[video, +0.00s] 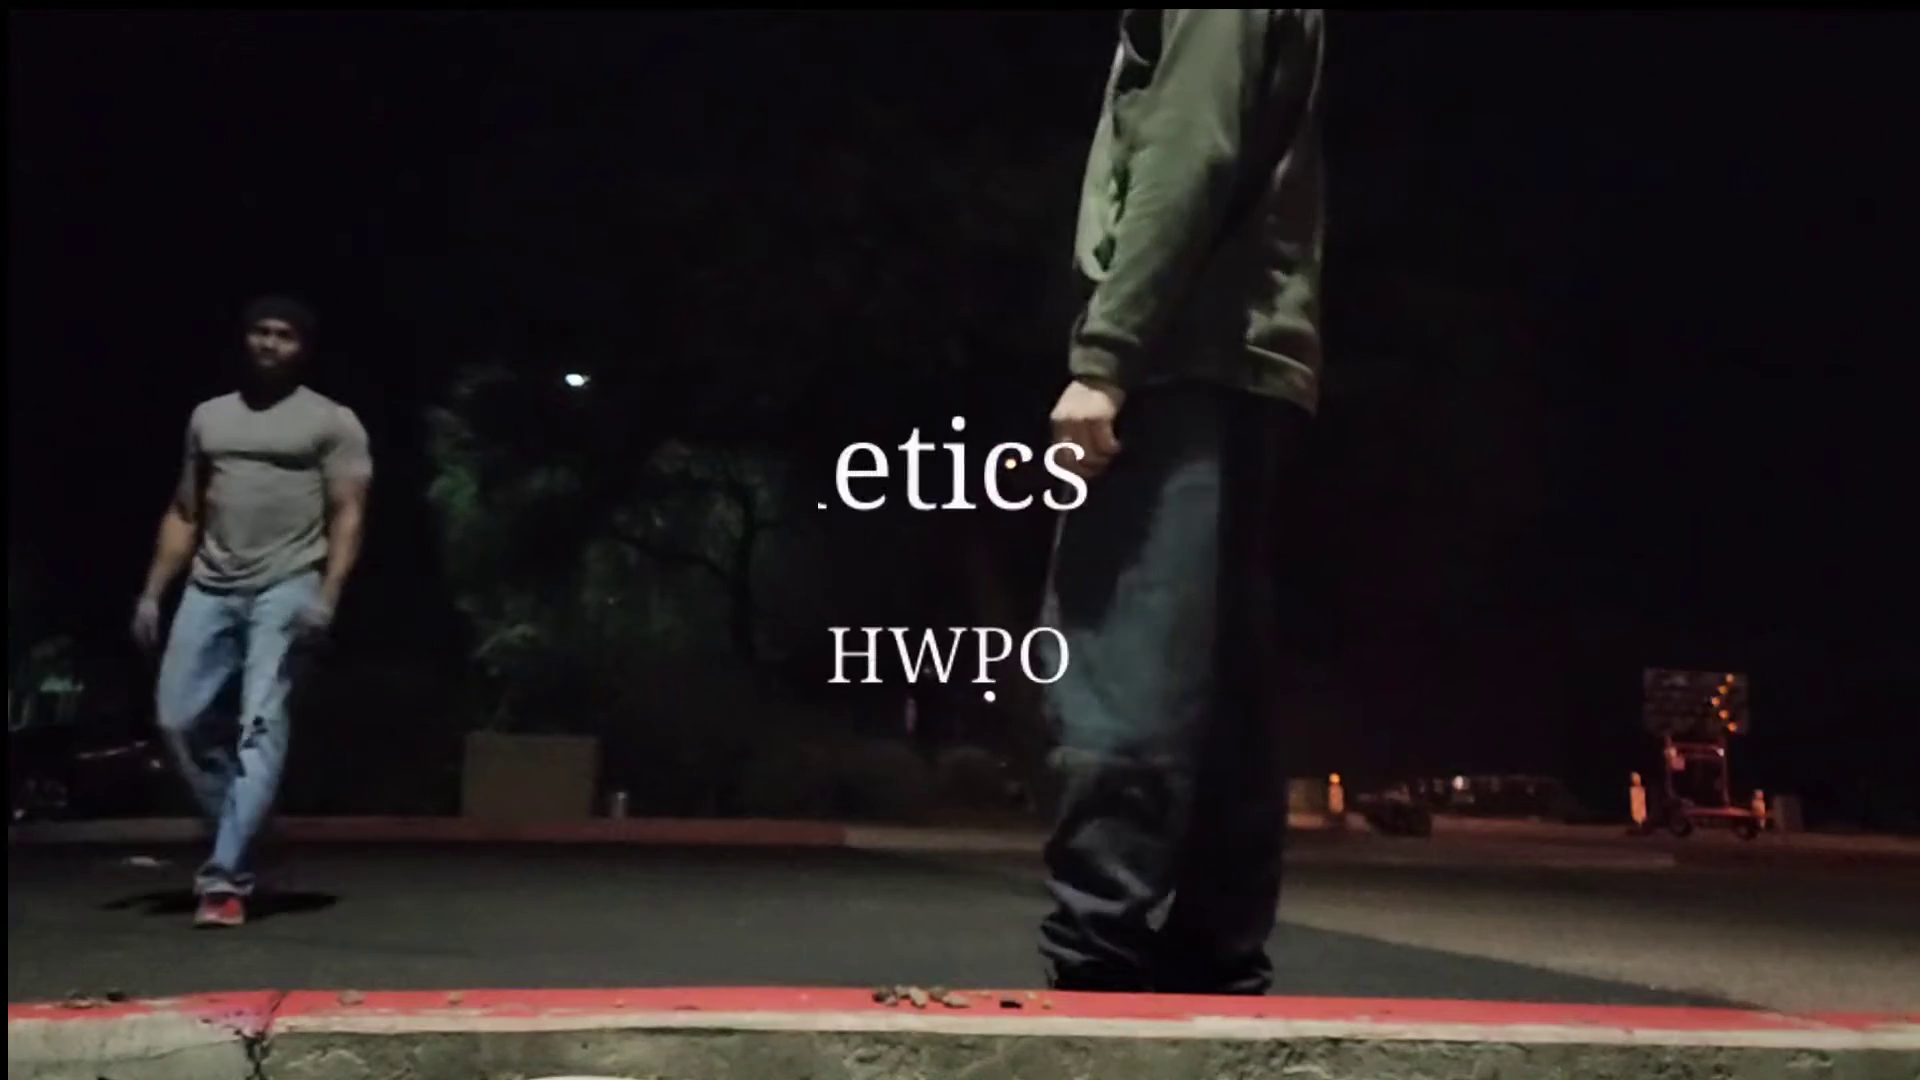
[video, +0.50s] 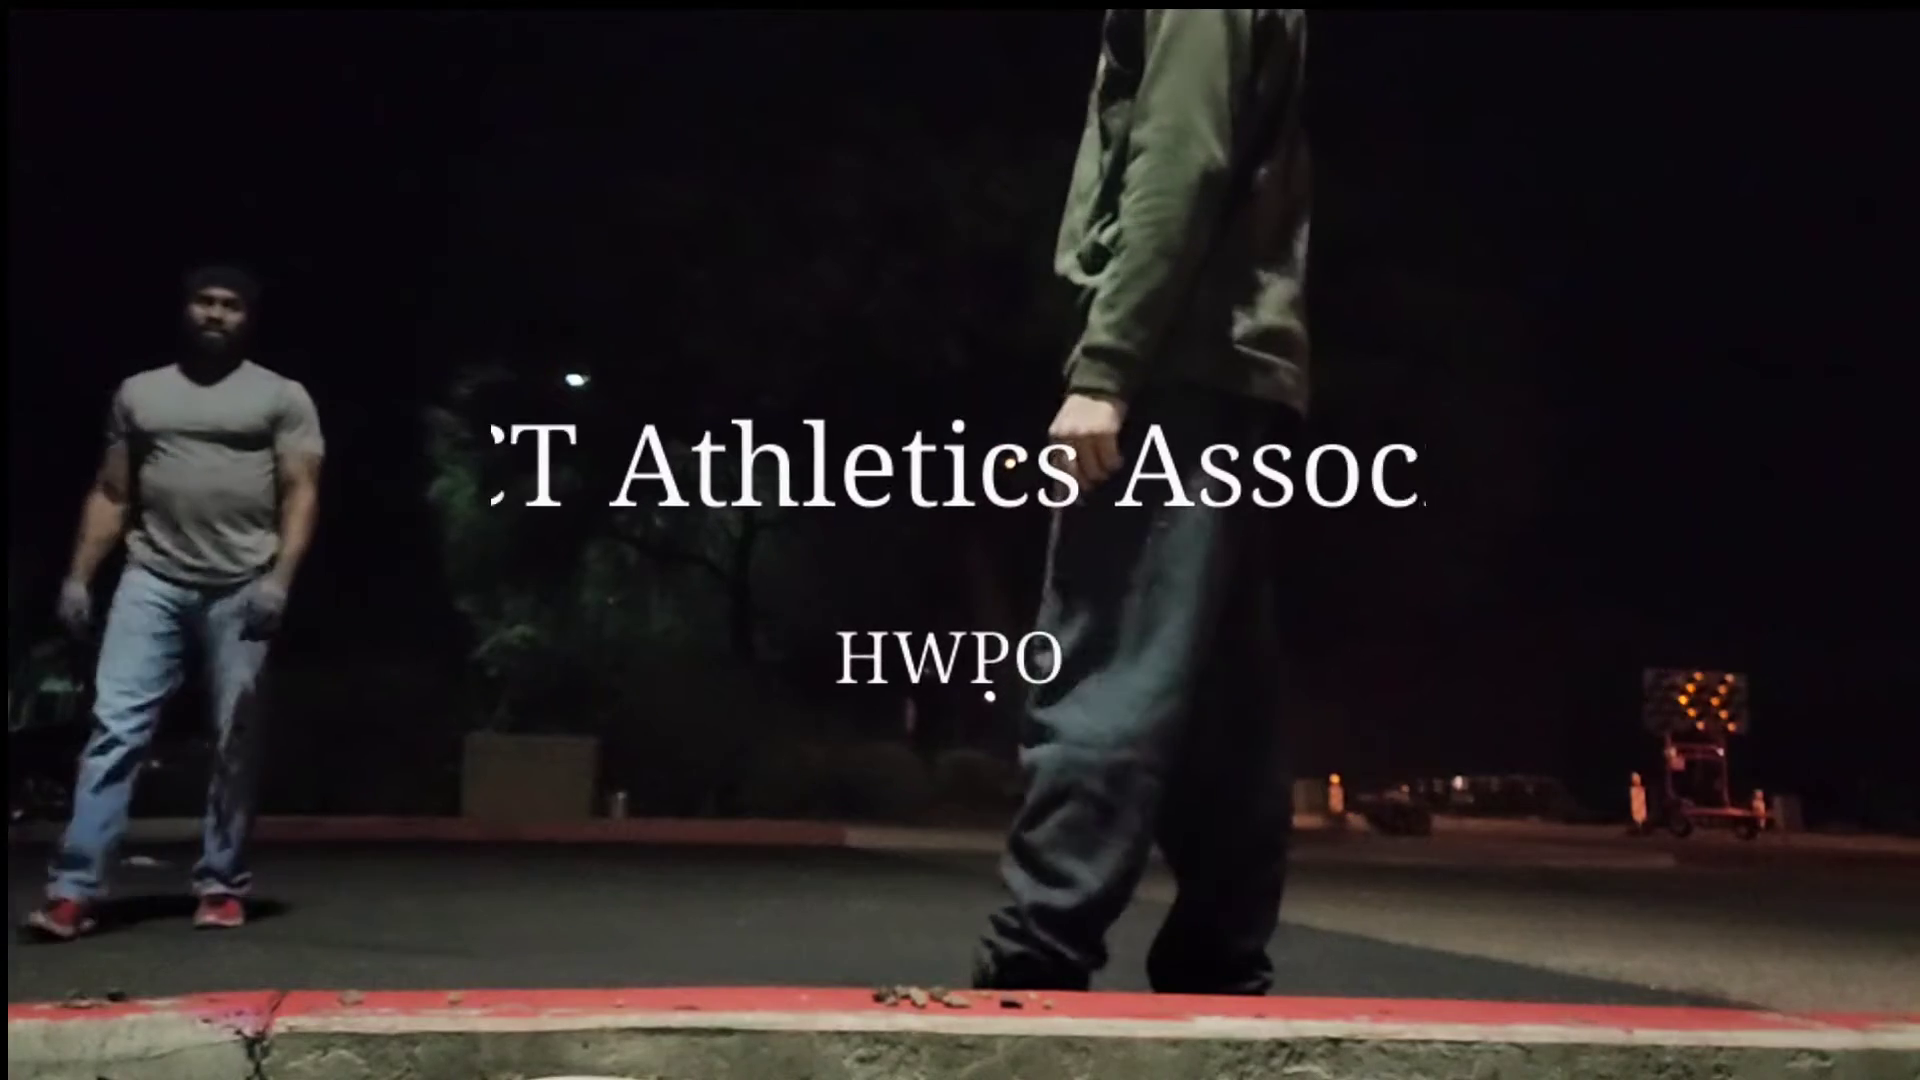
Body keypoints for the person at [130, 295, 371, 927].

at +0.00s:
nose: (270, 345)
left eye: (283, 337)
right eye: (261, 334)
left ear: (303, 348)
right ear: (244, 341)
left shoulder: (334, 425)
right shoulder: (209, 419)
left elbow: (347, 515)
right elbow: (184, 512)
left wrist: (328, 594)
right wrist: (153, 591)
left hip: (286, 587)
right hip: (209, 587)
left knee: (263, 720)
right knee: (176, 718)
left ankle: (228, 873)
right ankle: (236, 832)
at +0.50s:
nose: (215, 316)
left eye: (229, 306)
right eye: (205, 303)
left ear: (248, 318)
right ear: (185, 310)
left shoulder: (283, 400)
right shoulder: (140, 395)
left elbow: (301, 492)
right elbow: (111, 491)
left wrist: (280, 576)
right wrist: (80, 575)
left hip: (241, 586)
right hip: (151, 580)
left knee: (235, 738)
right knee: (116, 726)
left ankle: (221, 885)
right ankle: (73, 890)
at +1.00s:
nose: (162, 281)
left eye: (175, 270)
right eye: (148, 266)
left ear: (191, 282)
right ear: (116, 271)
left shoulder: (222, 372)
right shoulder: (55, 349)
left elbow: (242, 478)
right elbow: (14, 453)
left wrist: (238, 559)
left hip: (173, 560)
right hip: (74, 558)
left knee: (159, 705)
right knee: (71, 725)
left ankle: (131, 891)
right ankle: (70, 890)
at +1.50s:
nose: (181, 247)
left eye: (194, 236)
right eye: (166, 230)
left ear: (208, 250)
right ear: (128, 235)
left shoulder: (235, 348)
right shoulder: (59, 316)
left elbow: (259, 457)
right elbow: (21, 430)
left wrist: (261, 547)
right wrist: (9, 518)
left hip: (174, 545)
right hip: (65, 531)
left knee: (143, 720)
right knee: (29, 691)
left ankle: (91, 898)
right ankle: (23, 881)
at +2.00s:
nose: (178, 219)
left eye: (190, 207)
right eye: (161, 202)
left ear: (204, 219)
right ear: (121, 206)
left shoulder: (222, 321)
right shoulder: (53, 288)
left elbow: (233, 434)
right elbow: (16, 412)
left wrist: (246, 537)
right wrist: (19, 524)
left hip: (178, 532)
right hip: (71, 519)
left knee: (187, 695)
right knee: (52, 706)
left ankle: (97, 893)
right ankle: (39, 912)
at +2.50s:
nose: (226, 210)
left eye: (236, 196)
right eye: (208, 193)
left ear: (248, 207)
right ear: (166, 199)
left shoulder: (269, 313)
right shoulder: (105, 283)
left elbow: (280, 428)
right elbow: (60, 403)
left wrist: (300, 529)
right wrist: (66, 519)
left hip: (237, 532)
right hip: (132, 519)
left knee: (255, 710)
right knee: (81, 696)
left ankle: (262, 905)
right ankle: (39, 907)